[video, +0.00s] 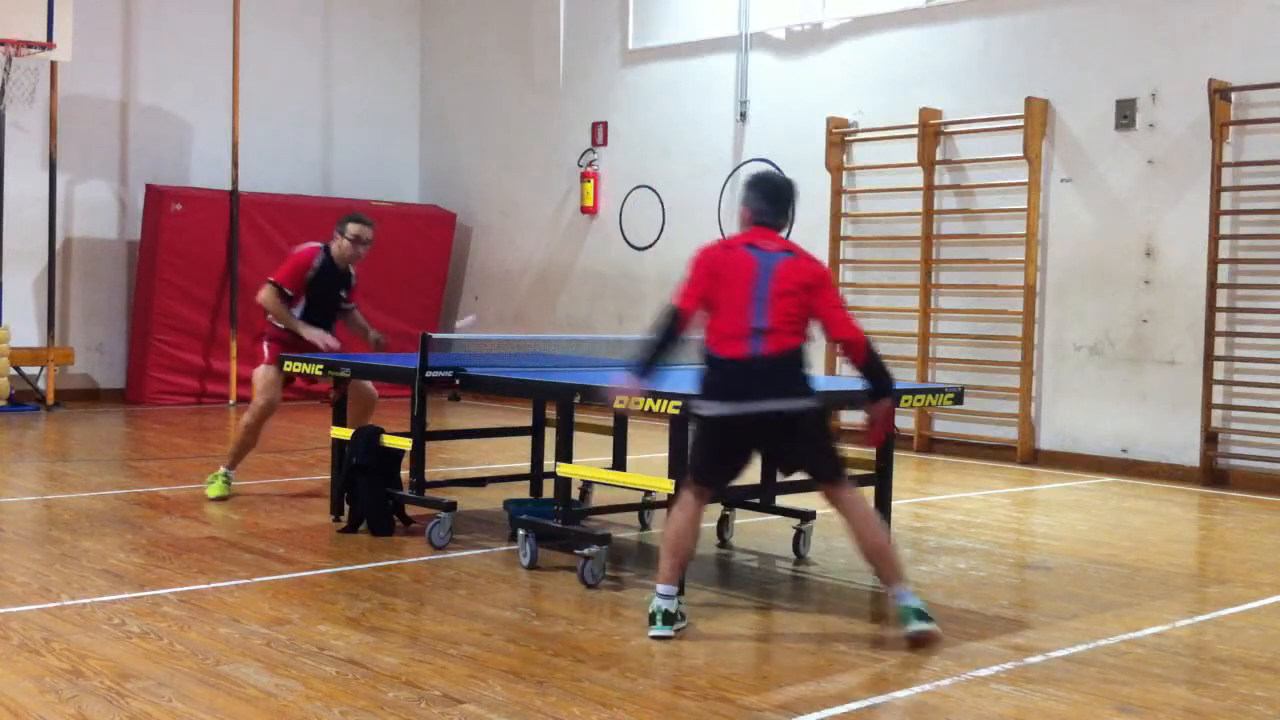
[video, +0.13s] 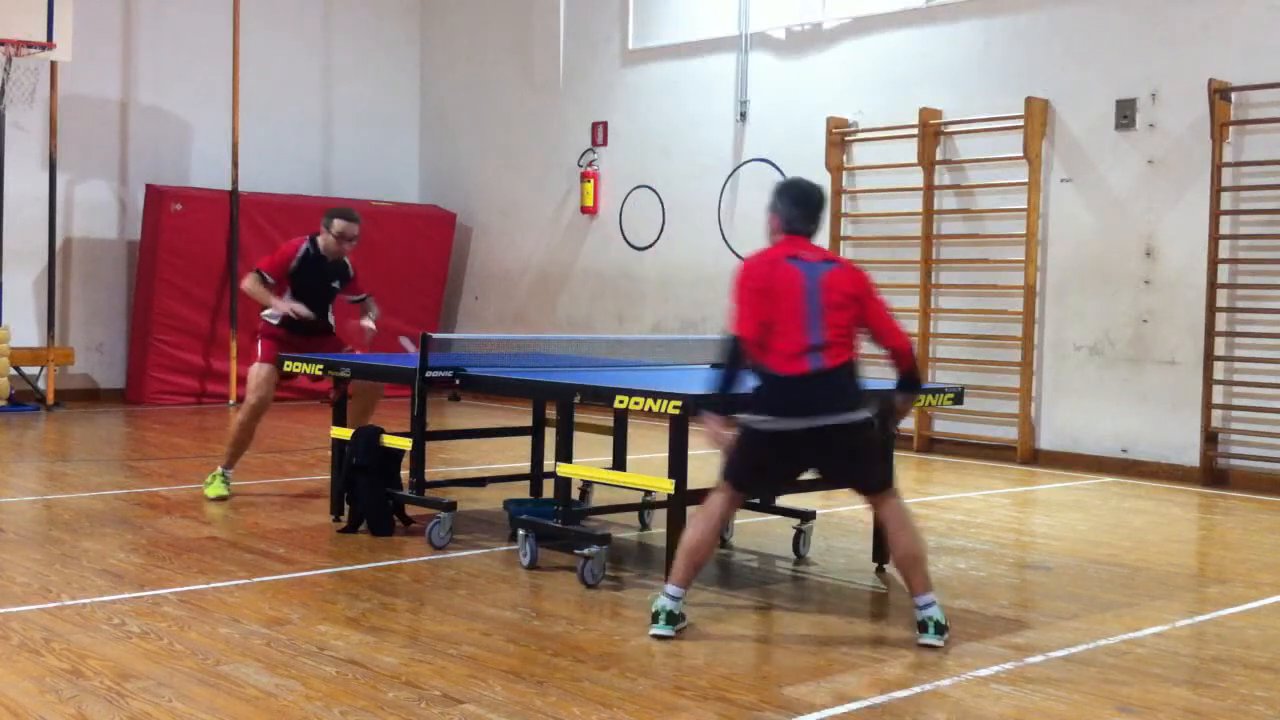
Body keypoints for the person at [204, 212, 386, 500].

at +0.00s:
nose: (360, 250)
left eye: (366, 244)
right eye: (356, 241)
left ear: (369, 247)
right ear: (338, 237)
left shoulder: (349, 274)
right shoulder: (309, 256)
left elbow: (346, 309)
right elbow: (267, 296)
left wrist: (369, 334)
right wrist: (305, 330)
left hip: (320, 348)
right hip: (280, 343)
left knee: (366, 397)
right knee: (266, 401)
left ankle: (347, 467)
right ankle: (225, 472)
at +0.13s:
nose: (348, 247)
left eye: (353, 240)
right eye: (343, 239)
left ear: (356, 239)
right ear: (324, 232)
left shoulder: (345, 266)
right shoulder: (296, 251)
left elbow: (366, 303)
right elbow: (250, 283)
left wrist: (368, 318)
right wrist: (279, 304)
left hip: (322, 337)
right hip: (279, 335)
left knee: (370, 385)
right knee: (257, 400)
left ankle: (348, 459)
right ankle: (223, 472)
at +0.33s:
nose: (345, 259)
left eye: (351, 253)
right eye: (340, 253)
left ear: (361, 248)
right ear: (328, 244)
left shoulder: (367, 270)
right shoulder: (308, 254)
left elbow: (395, 314)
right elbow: (262, 259)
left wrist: (360, 313)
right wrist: (244, 262)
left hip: (343, 340)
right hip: (295, 335)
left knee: (387, 397)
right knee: (259, 396)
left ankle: (390, 477)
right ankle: (224, 472)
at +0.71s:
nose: (354, 246)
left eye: (359, 240)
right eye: (347, 239)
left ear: (366, 239)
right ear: (331, 236)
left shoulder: (372, 267)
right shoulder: (313, 255)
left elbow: (411, 309)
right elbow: (270, 269)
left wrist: (382, 310)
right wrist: (252, 286)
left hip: (353, 345)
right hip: (305, 340)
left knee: (388, 397)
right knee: (254, 399)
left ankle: (398, 470)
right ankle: (225, 464)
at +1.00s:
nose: (331, 221)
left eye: (335, 215)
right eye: (324, 214)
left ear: (338, 217)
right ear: (305, 214)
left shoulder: (329, 252)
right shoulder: (279, 238)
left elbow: (341, 287)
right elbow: (228, 266)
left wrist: (368, 308)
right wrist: (266, 274)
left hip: (307, 331)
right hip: (263, 330)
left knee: (354, 387)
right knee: (238, 405)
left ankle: (333, 462)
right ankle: (208, 452)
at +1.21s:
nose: (329, 228)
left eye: (333, 222)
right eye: (323, 220)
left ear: (335, 224)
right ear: (302, 218)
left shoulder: (314, 257)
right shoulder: (275, 242)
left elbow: (306, 305)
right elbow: (235, 286)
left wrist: (334, 336)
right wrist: (277, 312)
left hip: (287, 339)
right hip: (251, 332)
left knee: (333, 391)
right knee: (230, 402)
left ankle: (320, 472)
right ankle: (172, 478)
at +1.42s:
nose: (337, 252)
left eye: (340, 246)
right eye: (333, 243)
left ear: (334, 249)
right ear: (310, 238)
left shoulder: (309, 283)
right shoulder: (280, 255)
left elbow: (312, 335)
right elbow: (236, 278)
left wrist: (360, 351)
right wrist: (274, 304)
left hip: (268, 355)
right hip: (232, 345)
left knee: (326, 390)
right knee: (223, 413)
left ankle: (319, 472)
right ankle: (160, 483)